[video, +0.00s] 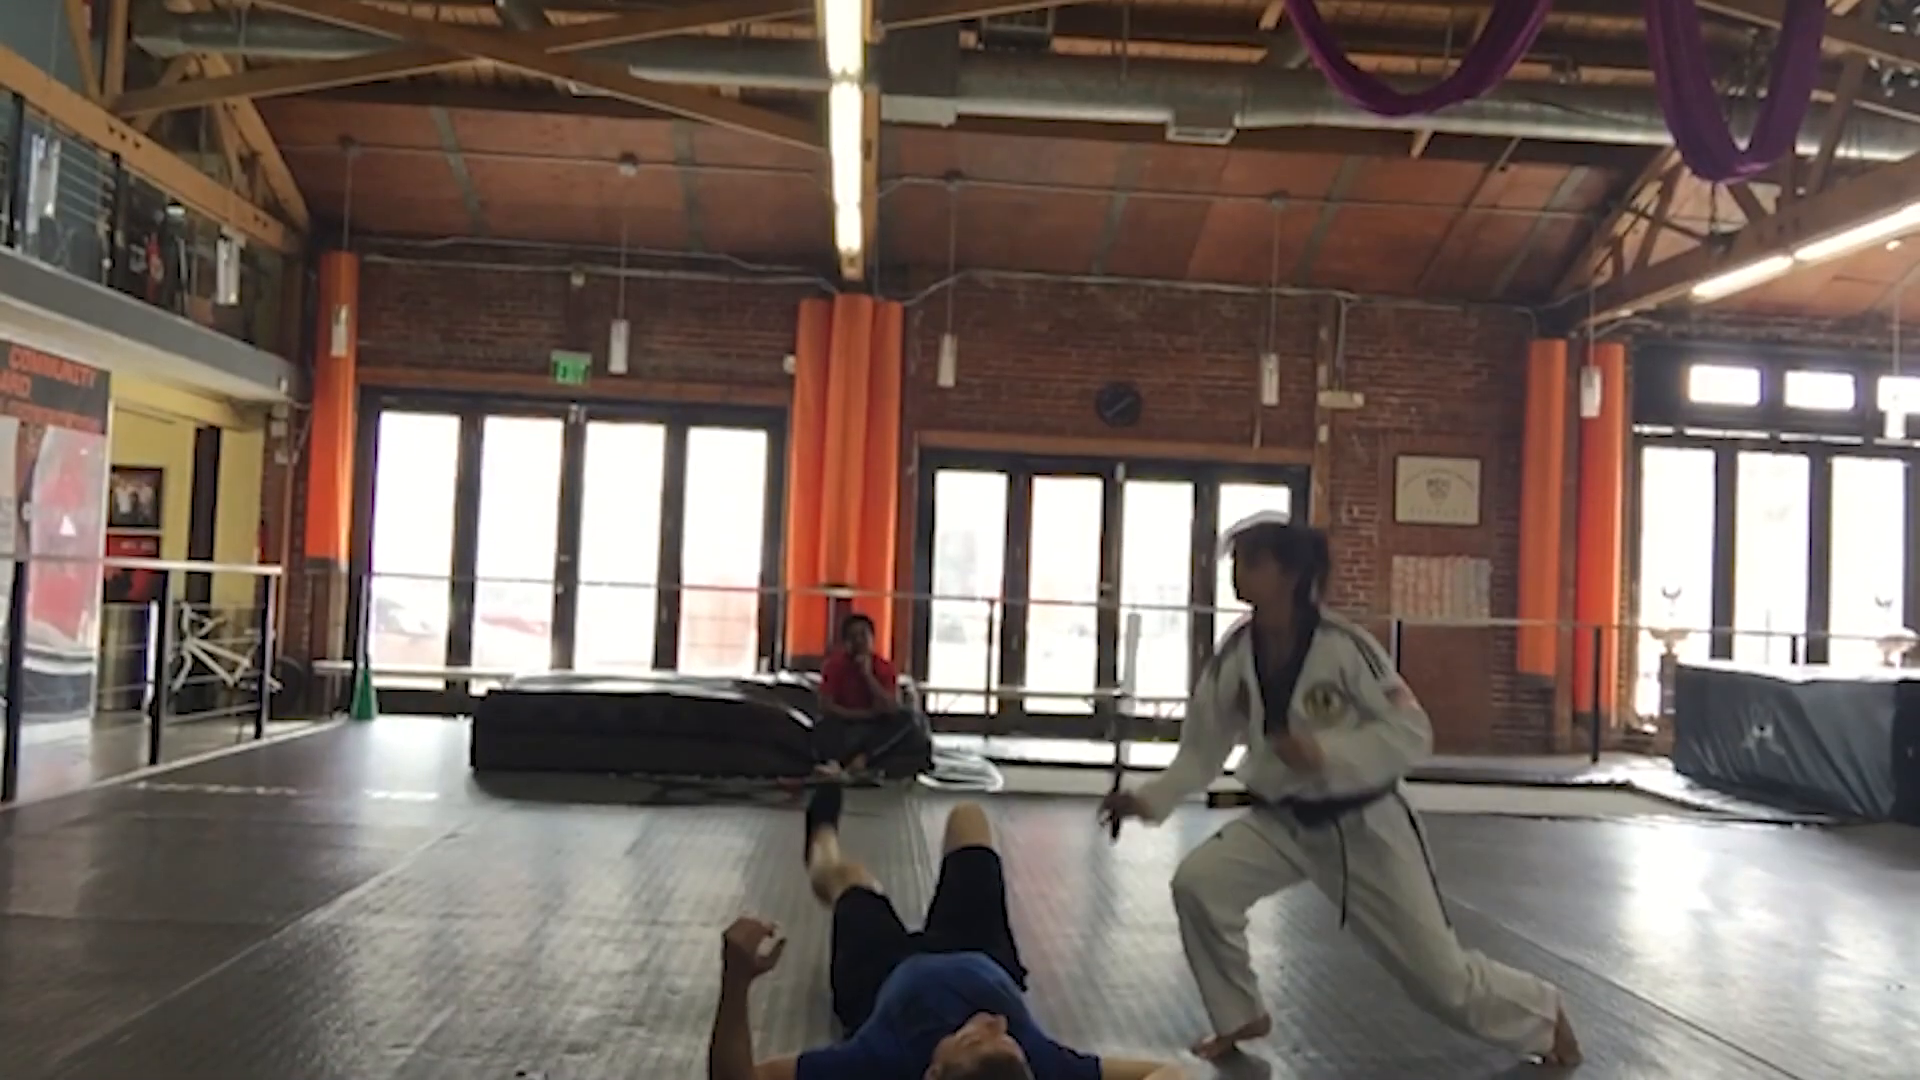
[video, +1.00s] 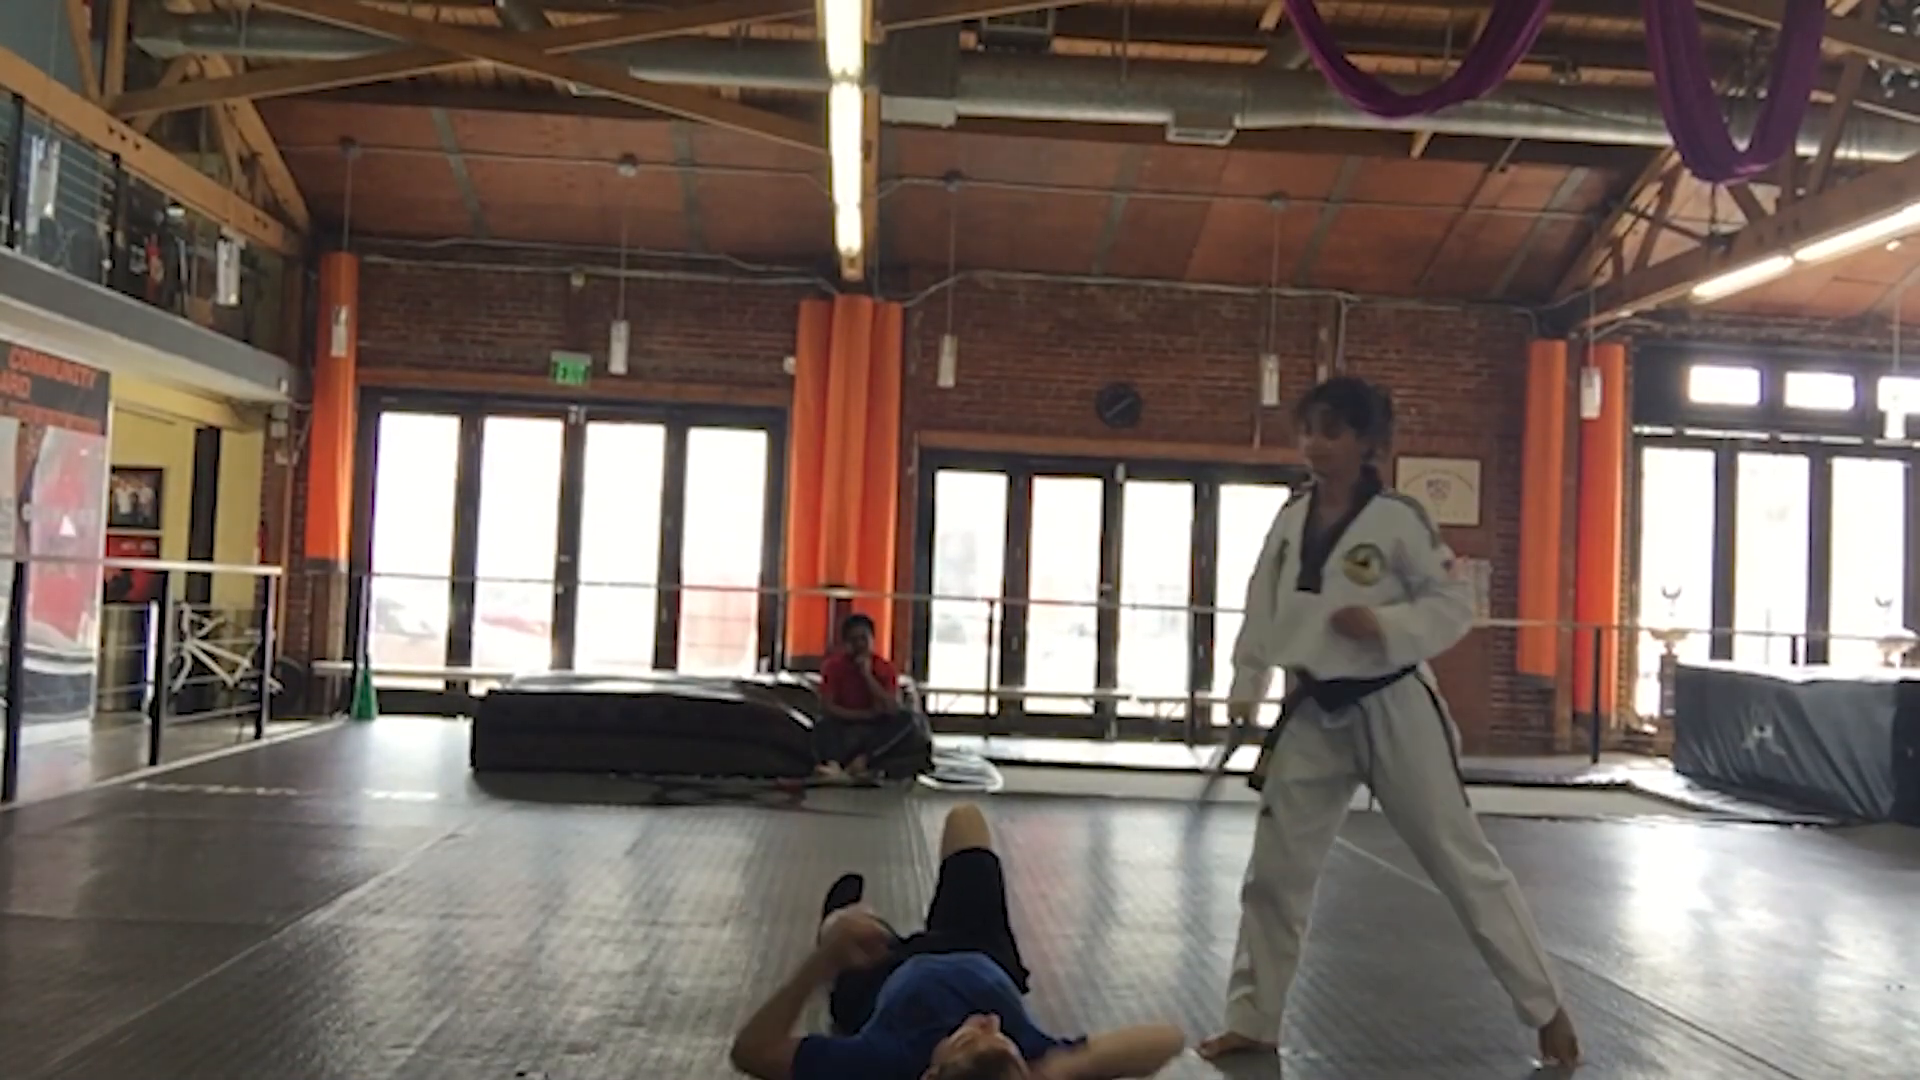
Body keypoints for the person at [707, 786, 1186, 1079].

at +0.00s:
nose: (988, 1024)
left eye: (973, 1043)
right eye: (1002, 1039)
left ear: (936, 1067)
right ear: (1022, 1059)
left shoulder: (865, 1060)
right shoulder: (1055, 1063)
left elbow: (735, 1072)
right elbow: (1165, 1071)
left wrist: (734, 981)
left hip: (885, 986)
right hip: (988, 973)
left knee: (847, 876)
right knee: (970, 810)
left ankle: (817, 835)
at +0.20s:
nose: (987, 1018)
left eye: (969, 1040)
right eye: (1000, 1035)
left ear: (934, 1065)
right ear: (1020, 1051)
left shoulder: (865, 1061)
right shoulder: (1056, 1066)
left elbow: (735, 1075)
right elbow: (1161, 1070)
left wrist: (724, 979)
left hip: (876, 978)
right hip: (978, 964)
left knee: (847, 928)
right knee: (961, 810)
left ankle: (828, 926)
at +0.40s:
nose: (983, 1016)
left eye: (963, 1039)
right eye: (1000, 1036)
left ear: (933, 1065)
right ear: (1019, 1052)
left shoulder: (864, 1060)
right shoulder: (1058, 1065)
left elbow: (736, 1075)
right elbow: (1165, 1068)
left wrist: (733, 976)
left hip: (877, 982)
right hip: (978, 967)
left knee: (839, 923)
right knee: (965, 810)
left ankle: (830, 915)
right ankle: (991, 969)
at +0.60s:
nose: (985, 1017)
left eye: (965, 1039)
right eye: (1001, 1037)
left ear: (936, 1065)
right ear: (1020, 1052)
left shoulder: (870, 1058)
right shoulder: (1058, 1065)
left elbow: (739, 1072)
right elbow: (1166, 1070)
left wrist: (751, 964)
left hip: (882, 978)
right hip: (985, 968)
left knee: (843, 929)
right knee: (970, 811)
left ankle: (835, 917)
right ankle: (999, 974)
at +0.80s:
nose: (984, 1016)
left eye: (965, 1039)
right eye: (1000, 1038)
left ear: (936, 1063)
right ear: (1018, 1053)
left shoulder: (870, 1058)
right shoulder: (1058, 1064)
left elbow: (741, 1071)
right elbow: (1166, 1069)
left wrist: (769, 959)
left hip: (880, 976)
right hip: (983, 965)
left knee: (842, 932)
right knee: (970, 811)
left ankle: (838, 915)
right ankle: (1000, 972)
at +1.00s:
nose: (986, 1018)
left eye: (965, 1039)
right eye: (999, 1037)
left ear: (937, 1065)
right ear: (1017, 1056)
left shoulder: (874, 1057)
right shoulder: (1049, 1058)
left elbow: (750, 1051)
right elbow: (1170, 1038)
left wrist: (824, 954)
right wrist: (1070, 1061)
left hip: (879, 984)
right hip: (979, 963)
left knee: (851, 922)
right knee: (966, 811)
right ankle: (1003, 972)